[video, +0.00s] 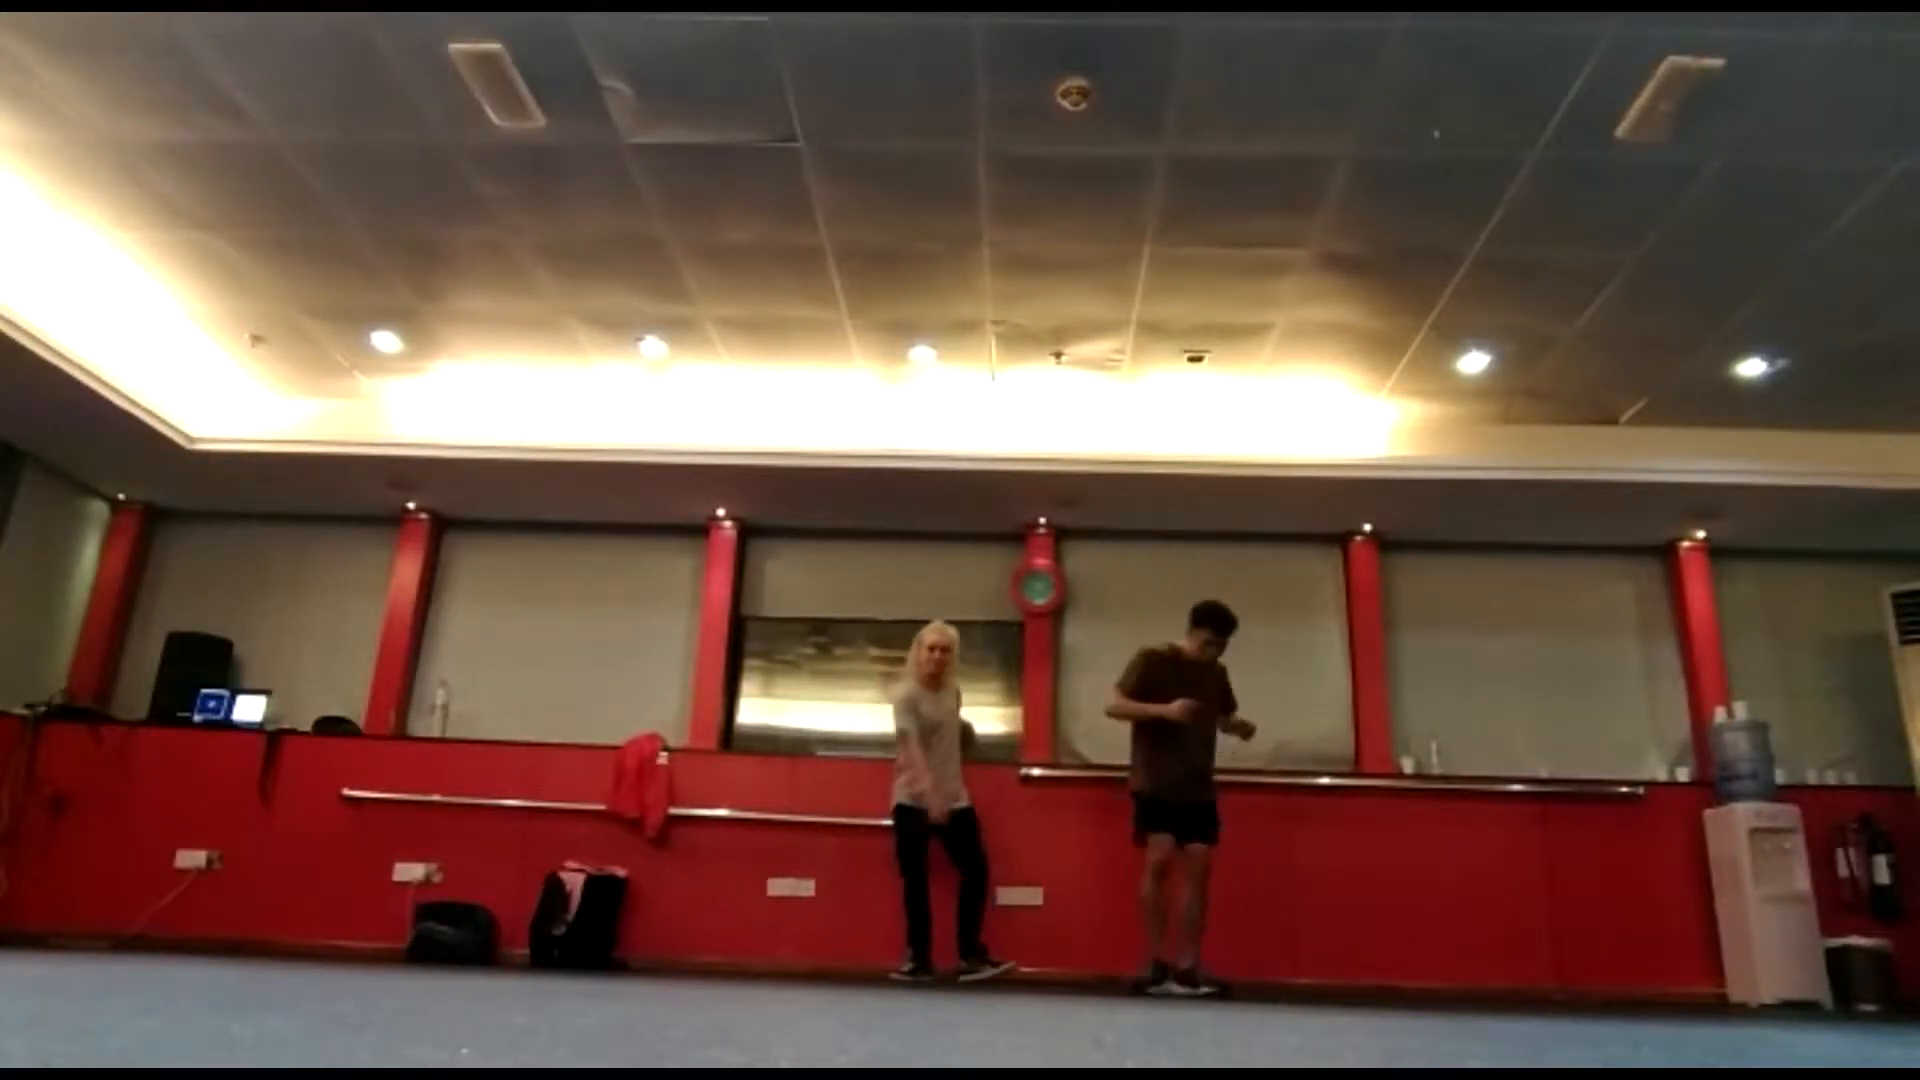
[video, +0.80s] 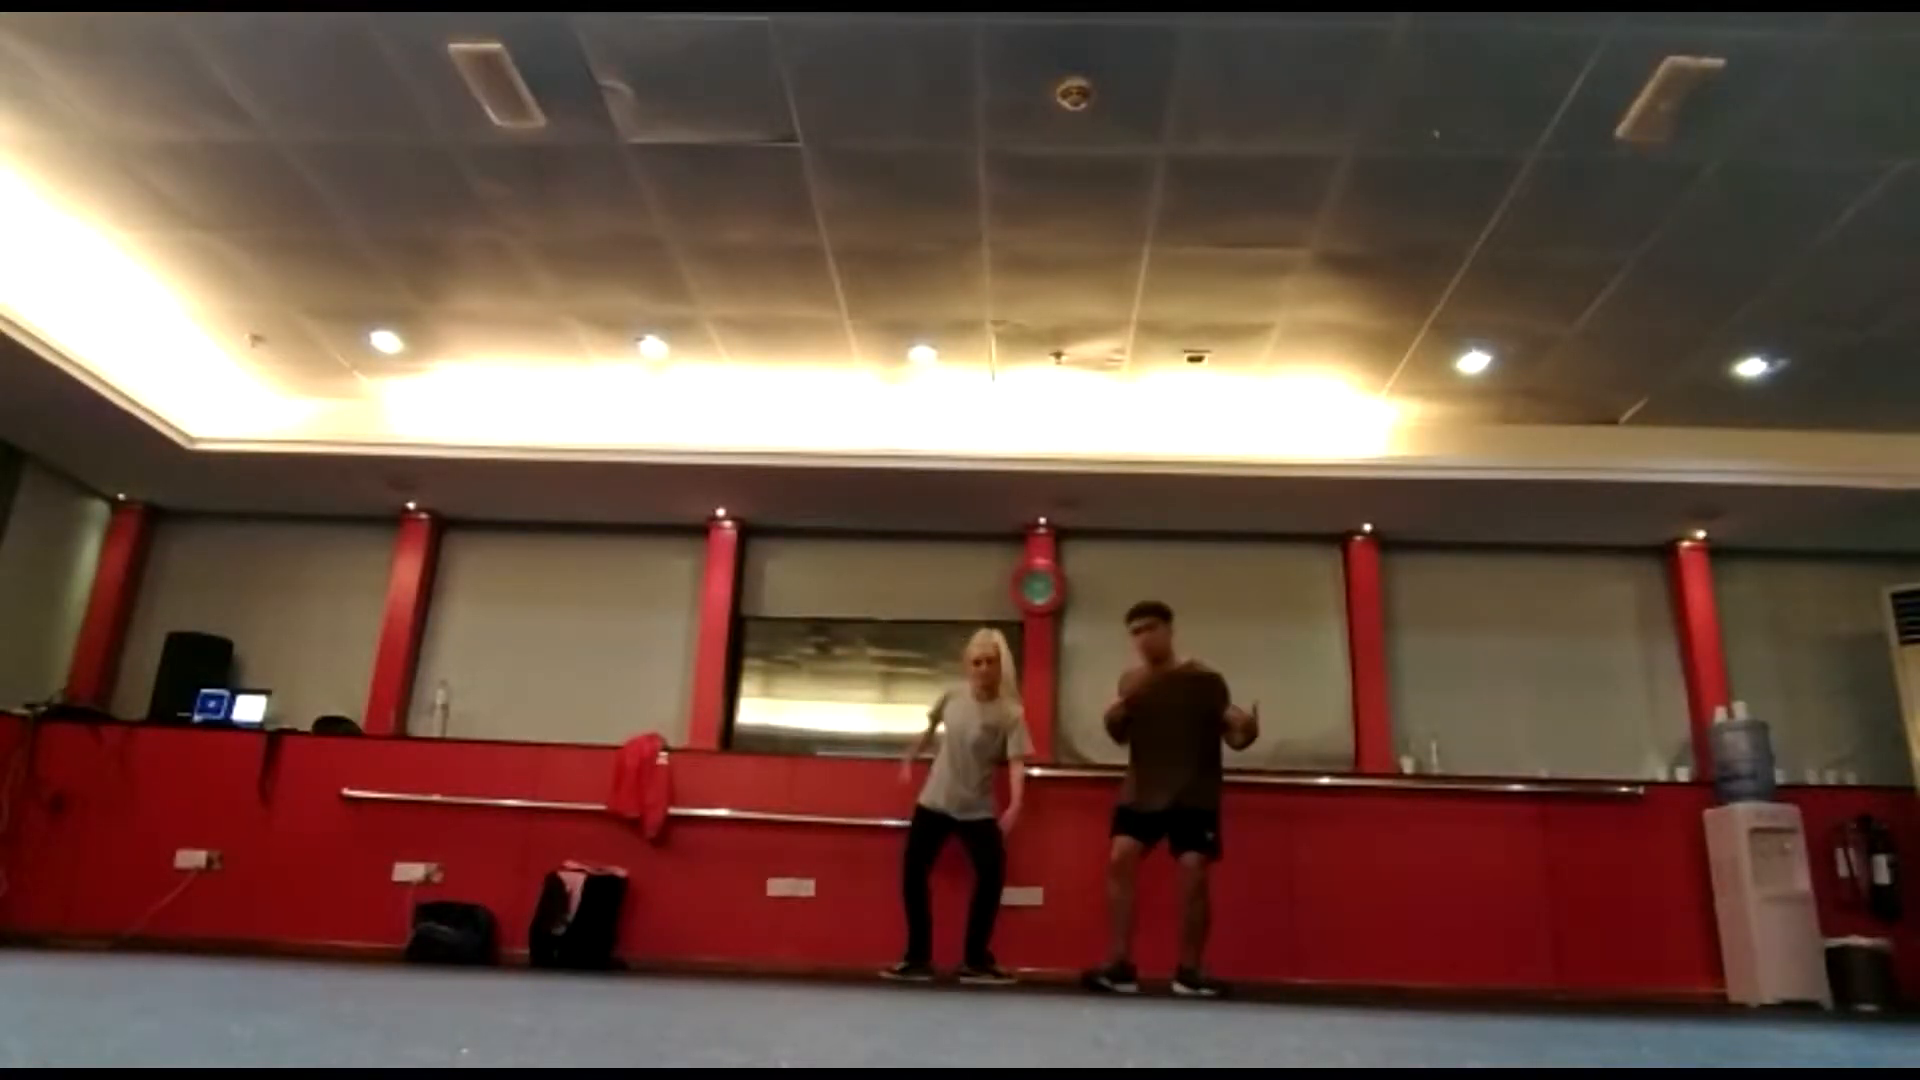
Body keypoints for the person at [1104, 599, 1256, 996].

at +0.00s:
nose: (1211, 655)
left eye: (1217, 648)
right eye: (1208, 645)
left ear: (1222, 644)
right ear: (1193, 633)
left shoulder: (1214, 673)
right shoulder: (1151, 662)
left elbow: (1223, 718)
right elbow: (1115, 705)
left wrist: (1238, 727)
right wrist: (1165, 709)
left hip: (1197, 786)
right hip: (1155, 785)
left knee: (1197, 869)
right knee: (1158, 863)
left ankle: (1188, 965)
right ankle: (1155, 961)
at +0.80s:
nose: (1144, 639)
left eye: (1150, 629)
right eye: (1137, 632)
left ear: (1169, 630)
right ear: (1131, 639)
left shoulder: (1204, 681)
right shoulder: (1135, 684)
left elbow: (1235, 738)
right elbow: (1118, 734)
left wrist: (1247, 728)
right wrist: (1123, 704)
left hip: (1194, 796)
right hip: (1145, 794)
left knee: (1194, 870)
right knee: (1120, 860)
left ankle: (1189, 969)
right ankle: (1120, 963)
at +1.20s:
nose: (1097, 633)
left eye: (1102, 622)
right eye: (1089, 626)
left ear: (1120, 624)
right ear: (1082, 634)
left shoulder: (1157, 662)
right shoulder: (1082, 683)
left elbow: (1188, 711)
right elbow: (1075, 742)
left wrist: (1168, 744)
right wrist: (1119, 746)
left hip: (1167, 778)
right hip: (1119, 784)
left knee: (1186, 853)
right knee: (1111, 857)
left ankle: (1186, 958)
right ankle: (1117, 961)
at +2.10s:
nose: (1162, 664)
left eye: (1170, 658)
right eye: (1157, 655)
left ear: (1180, 665)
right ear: (1143, 656)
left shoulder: (1179, 715)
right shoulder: (1110, 693)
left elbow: (1214, 764)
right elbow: (1073, 739)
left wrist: (1208, 788)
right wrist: (1098, 789)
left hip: (1154, 807)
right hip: (1108, 803)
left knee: (1162, 879)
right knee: (1104, 887)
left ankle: (1136, 965)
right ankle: (1098, 963)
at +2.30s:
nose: (1171, 619)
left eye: (1180, 612)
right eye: (1166, 610)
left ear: (1192, 619)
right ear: (1154, 613)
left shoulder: (1195, 675)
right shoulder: (1123, 645)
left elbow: (1183, 736)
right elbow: (1090, 691)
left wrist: (1179, 790)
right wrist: (1104, 737)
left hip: (1158, 763)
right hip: (1115, 752)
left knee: (1154, 851)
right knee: (1113, 809)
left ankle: (1141, 948)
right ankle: (1106, 850)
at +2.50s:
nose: (1154, 610)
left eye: (1162, 602)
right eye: (1147, 603)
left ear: (1177, 607)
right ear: (1137, 609)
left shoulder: (1197, 660)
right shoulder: (1122, 646)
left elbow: (1188, 730)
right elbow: (1097, 692)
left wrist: (1172, 788)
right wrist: (1120, 732)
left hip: (1173, 754)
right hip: (1131, 745)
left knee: (1162, 846)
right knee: (1137, 797)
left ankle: (1151, 948)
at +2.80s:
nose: (1122, 647)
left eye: (1129, 637)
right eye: (1113, 641)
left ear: (1145, 638)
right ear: (1105, 648)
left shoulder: (1187, 670)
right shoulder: (1118, 698)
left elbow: (1249, 695)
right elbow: (1119, 753)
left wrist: (1200, 731)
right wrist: (1143, 766)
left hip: (1210, 783)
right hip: (1162, 785)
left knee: (1191, 879)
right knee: (1170, 845)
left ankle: (1153, 950)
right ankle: (1188, 958)